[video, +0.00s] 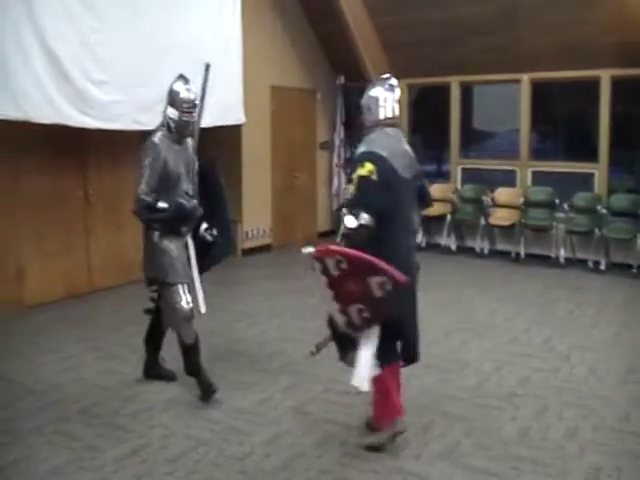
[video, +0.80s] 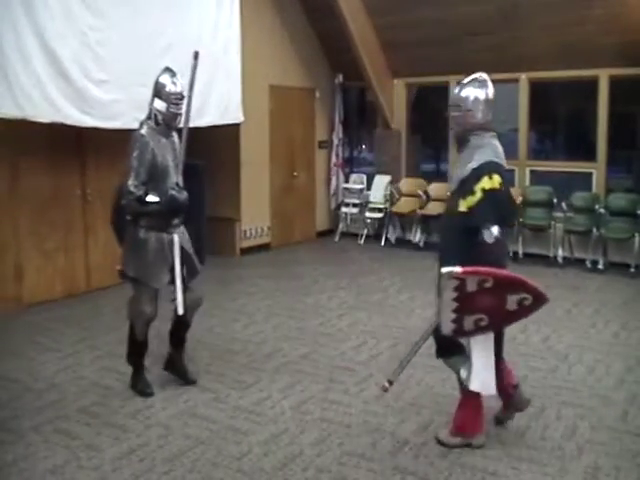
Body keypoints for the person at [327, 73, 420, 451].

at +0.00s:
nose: (364, 117)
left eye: (367, 111)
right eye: (367, 110)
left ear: (371, 114)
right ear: (394, 112)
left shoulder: (372, 153)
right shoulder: (400, 147)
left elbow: (363, 214)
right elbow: (421, 194)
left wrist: (340, 243)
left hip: (379, 260)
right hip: (401, 255)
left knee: (380, 336)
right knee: (387, 334)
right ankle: (387, 410)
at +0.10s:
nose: (374, 116)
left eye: (377, 110)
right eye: (377, 110)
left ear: (383, 113)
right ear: (408, 112)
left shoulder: (385, 158)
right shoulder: (413, 151)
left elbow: (373, 224)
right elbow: (430, 199)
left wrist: (363, 272)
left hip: (387, 269)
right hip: (410, 264)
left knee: (377, 344)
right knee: (396, 340)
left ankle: (428, 401)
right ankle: (386, 414)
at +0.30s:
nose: (391, 116)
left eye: (395, 110)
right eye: (394, 109)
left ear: (401, 116)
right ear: (427, 115)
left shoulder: (412, 167)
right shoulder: (422, 158)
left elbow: (407, 237)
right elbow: (410, 228)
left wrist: (396, 284)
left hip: (409, 275)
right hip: (414, 270)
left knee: (420, 342)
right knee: (396, 340)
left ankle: (455, 407)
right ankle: (387, 410)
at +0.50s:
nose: (418, 123)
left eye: (425, 115)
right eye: (418, 115)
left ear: (441, 117)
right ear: (439, 119)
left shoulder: (444, 164)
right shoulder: (441, 154)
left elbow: (447, 230)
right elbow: (436, 223)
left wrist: (425, 278)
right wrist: (422, 263)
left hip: (447, 269)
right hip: (436, 264)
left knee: (455, 344)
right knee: (415, 335)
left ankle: (467, 419)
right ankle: (404, 405)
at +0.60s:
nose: (428, 120)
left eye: (435, 113)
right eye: (428, 112)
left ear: (454, 114)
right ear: (449, 117)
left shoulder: (460, 164)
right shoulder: (449, 156)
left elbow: (462, 234)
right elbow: (444, 225)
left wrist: (455, 287)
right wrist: (431, 269)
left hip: (458, 272)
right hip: (443, 266)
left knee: (462, 344)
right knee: (428, 334)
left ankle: (468, 420)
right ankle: (438, 398)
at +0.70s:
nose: (441, 116)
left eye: (450, 110)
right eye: (441, 109)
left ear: (470, 114)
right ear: (448, 114)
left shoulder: (473, 164)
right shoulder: (458, 156)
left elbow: (479, 237)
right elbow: (457, 228)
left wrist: (472, 291)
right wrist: (442, 280)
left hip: (467, 274)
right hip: (453, 269)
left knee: (471, 342)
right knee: (445, 343)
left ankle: (467, 423)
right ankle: (476, 395)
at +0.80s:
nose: (452, 116)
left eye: (461, 110)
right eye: (452, 109)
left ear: (481, 115)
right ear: (461, 112)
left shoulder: (485, 161)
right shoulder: (469, 155)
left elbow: (490, 229)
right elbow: (465, 222)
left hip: (477, 270)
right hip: (461, 265)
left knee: (476, 344)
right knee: (452, 342)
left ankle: (468, 426)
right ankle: (510, 393)